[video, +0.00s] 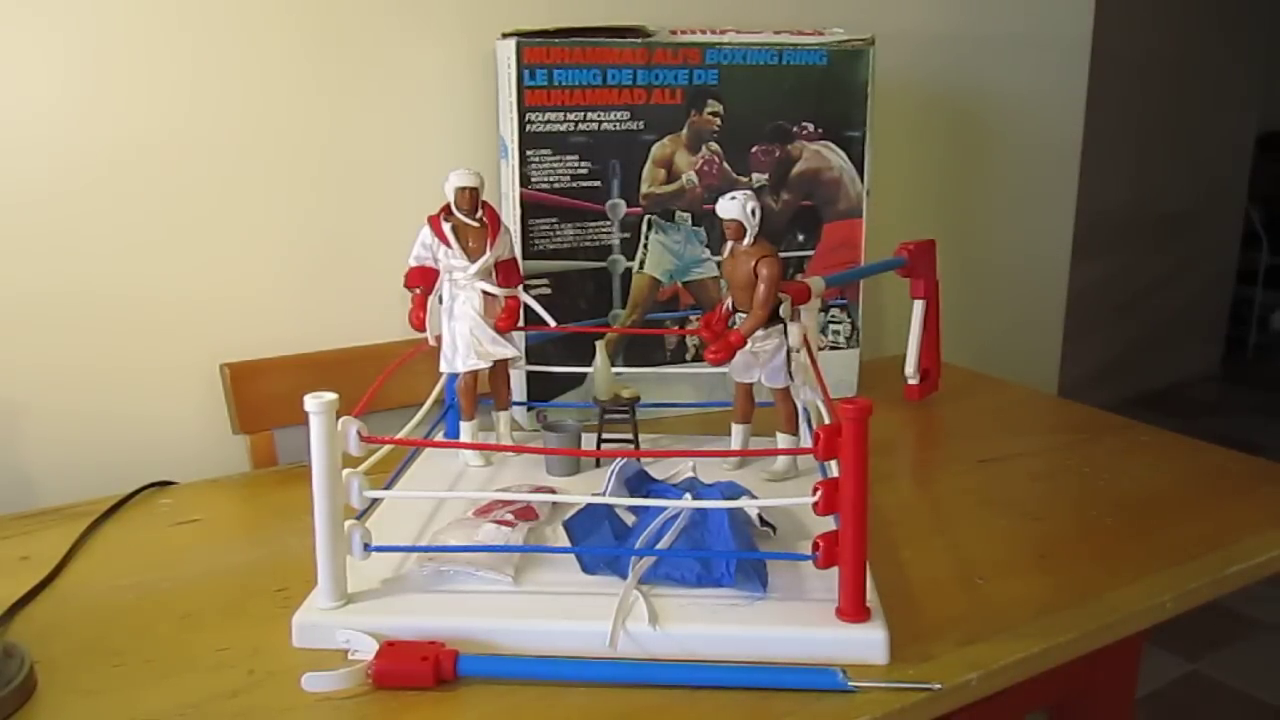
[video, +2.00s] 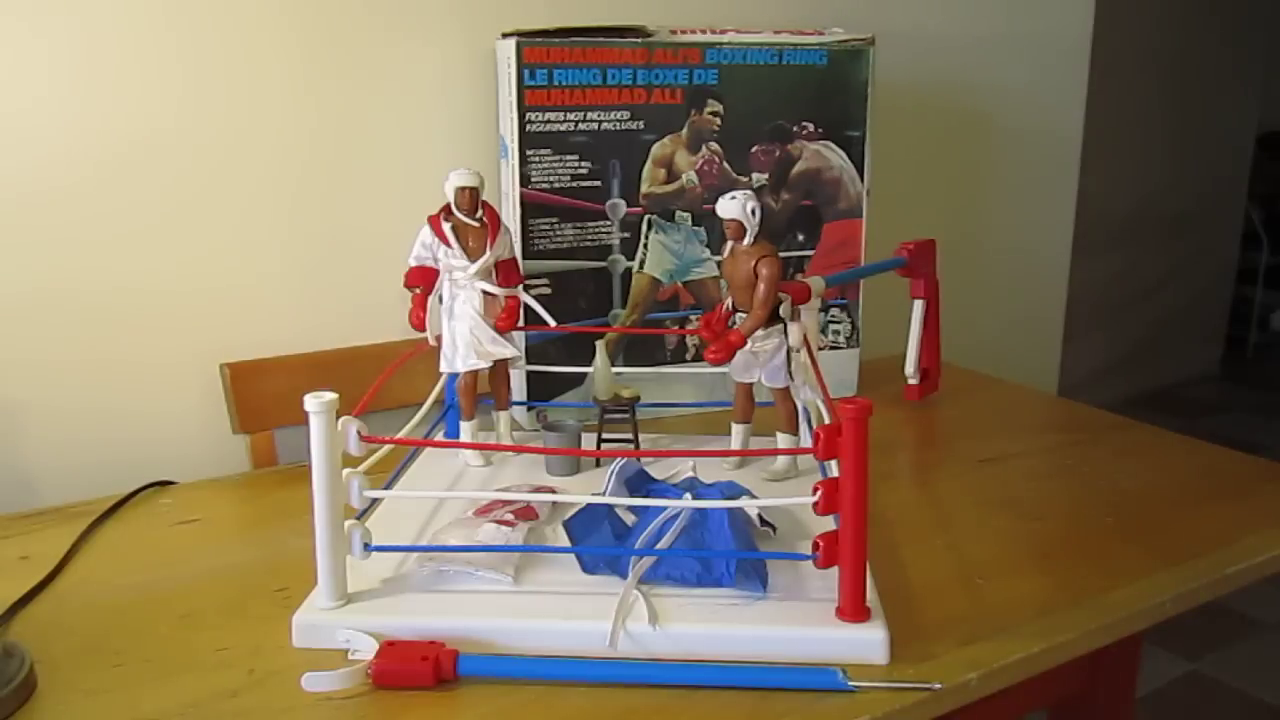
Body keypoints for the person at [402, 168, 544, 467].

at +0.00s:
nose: (468, 198)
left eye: (473, 191)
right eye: (461, 192)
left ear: (481, 194)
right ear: (451, 195)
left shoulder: (496, 228)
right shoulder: (436, 230)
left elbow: (508, 269)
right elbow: (421, 267)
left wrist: (512, 304)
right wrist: (419, 302)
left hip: (493, 301)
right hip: (458, 302)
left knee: (500, 363)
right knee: (468, 369)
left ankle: (505, 432)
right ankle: (468, 440)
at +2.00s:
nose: (467, 198)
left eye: (472, 191)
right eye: (461, 191)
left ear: (480, 194)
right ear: (451, 195)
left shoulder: (495, 227)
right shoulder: (435, 229)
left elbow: (509, 270)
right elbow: (421, 273)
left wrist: (511, 306)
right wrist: (422, 314)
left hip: (492, 303)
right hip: (457, 305)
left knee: (500, 364)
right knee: (468, 370)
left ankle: (505, 432)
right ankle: (469, 440)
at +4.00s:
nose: (467, 198)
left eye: (472, 191)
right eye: (461, 192)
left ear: (480, 194)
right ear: (451, 195)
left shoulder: (497, 228)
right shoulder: (436, 230)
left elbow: (509, 270)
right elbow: (422, 268)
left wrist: (512, 305)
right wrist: (419, 303)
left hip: (493, 302)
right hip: (458, 304)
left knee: (501, 364)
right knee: (469, 370)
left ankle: (505, 433)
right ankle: (468, 441)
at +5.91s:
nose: (467, 198)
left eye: (472, 191)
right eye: (461, 192)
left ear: (479, 194)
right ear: (450, 195)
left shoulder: (495, 227)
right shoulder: (435, 229)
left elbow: (508, 269)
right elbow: (421, 271)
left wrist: (510, 305)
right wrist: (420, 309)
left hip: (492, 302)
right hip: (458, 304)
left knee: (500, 363)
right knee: (468, 369)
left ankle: (505, 430)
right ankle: (468, 440)